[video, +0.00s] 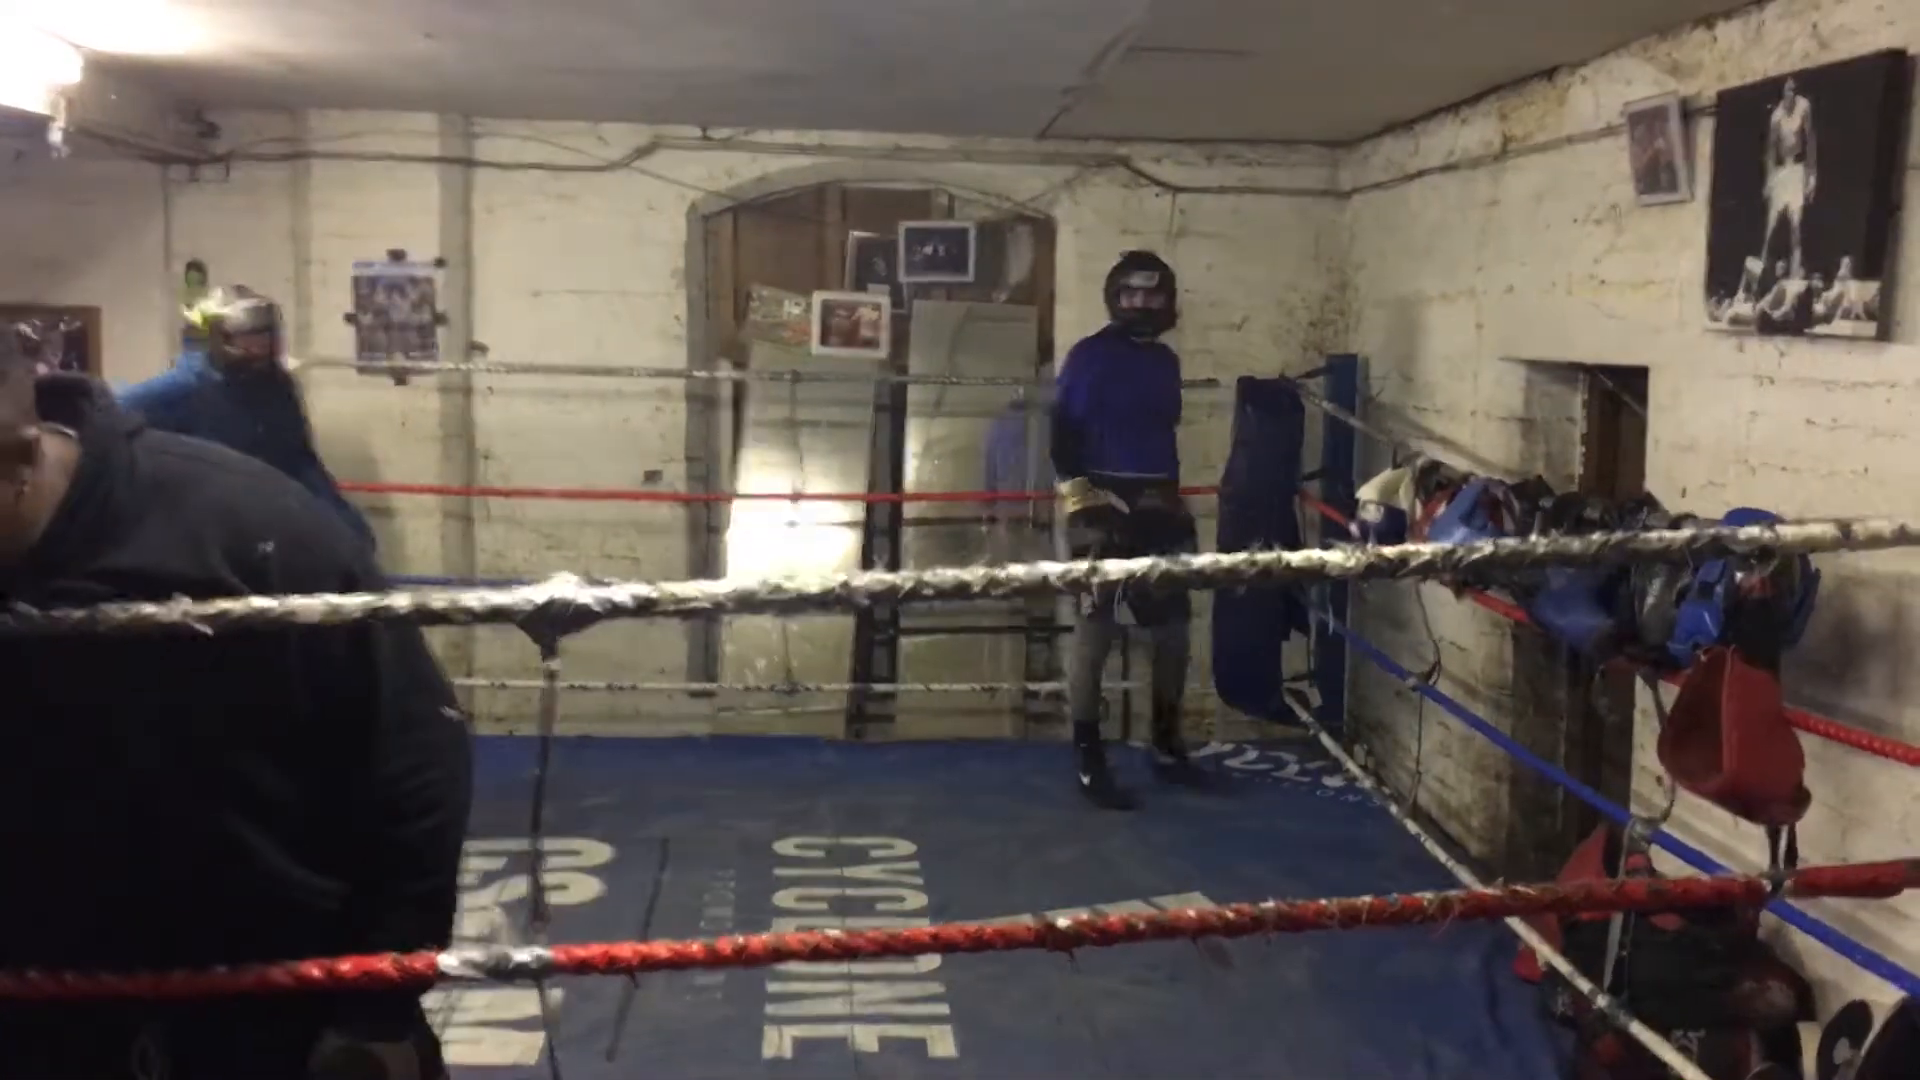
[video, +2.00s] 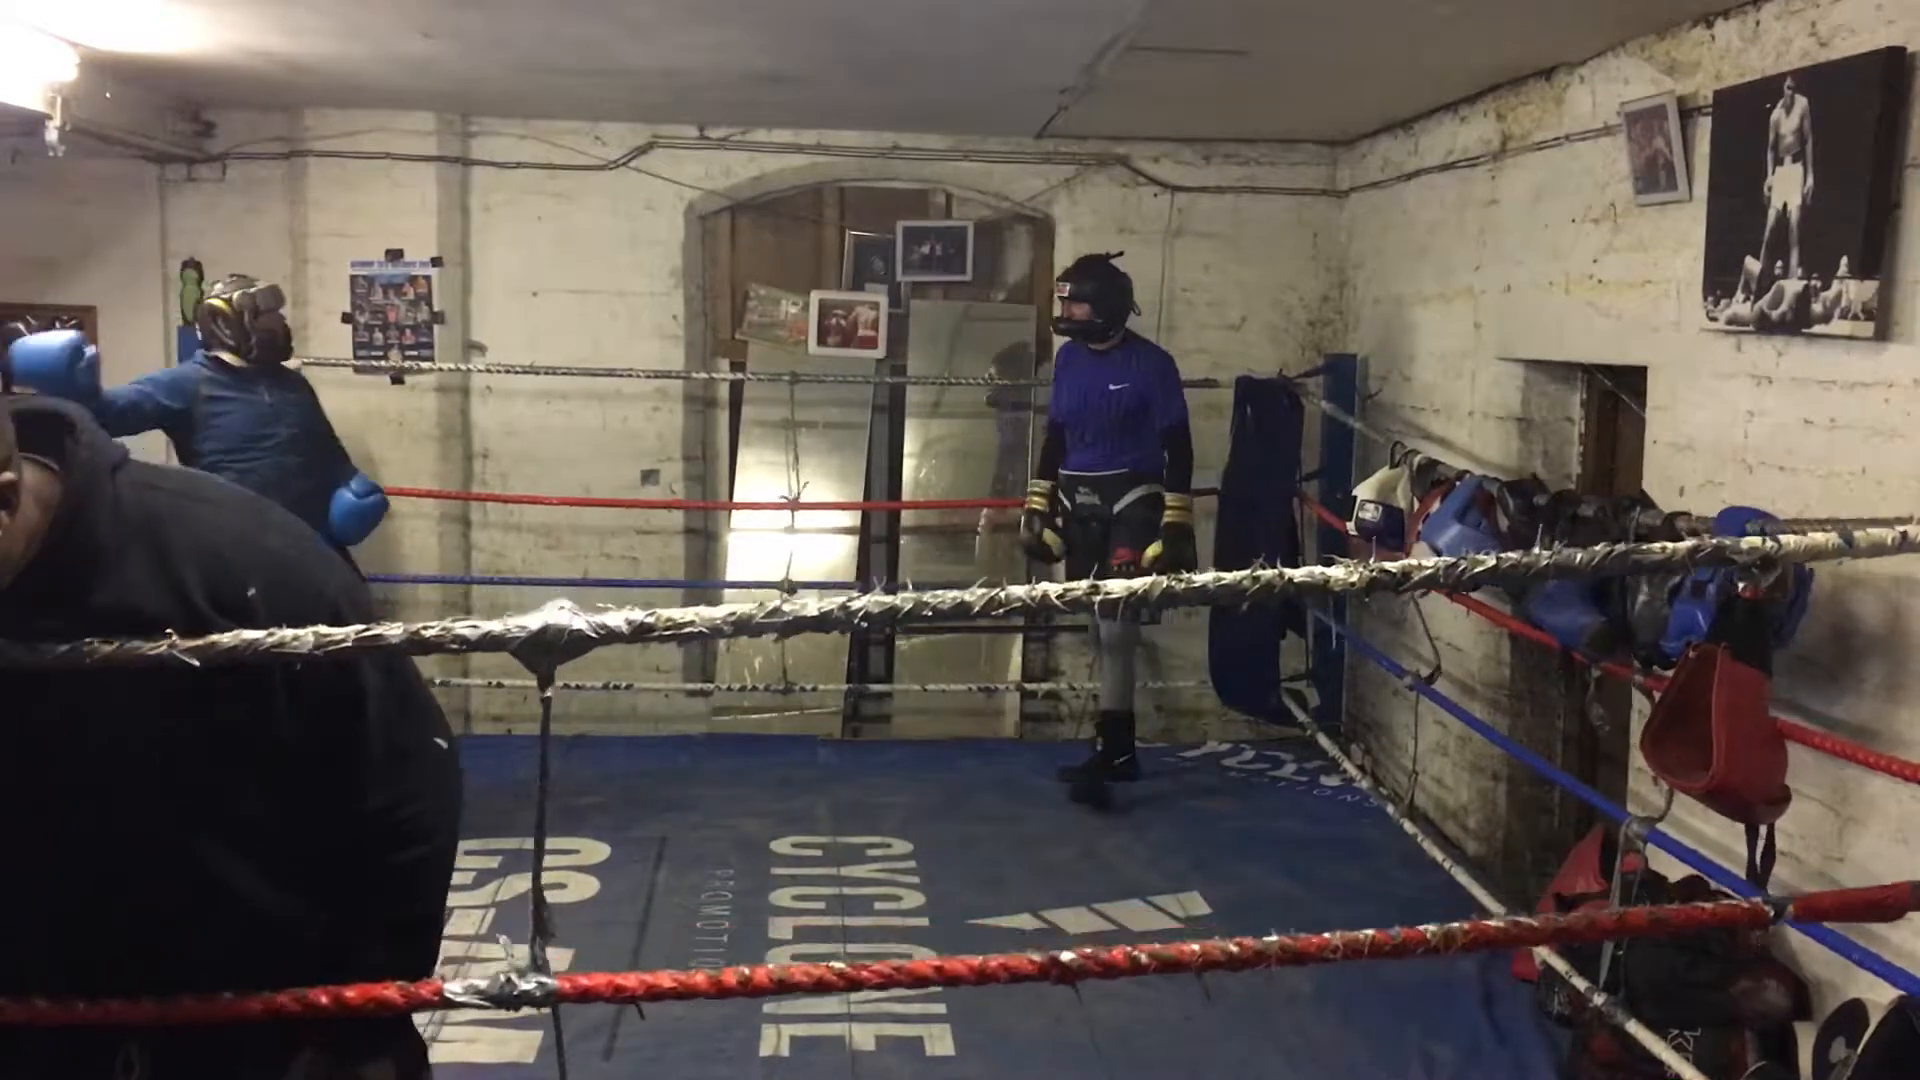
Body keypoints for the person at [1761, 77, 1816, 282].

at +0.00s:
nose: (1790, 95)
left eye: (1792, 91)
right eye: (1787, 91)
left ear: (1796, 92)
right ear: (1783, 92)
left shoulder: (1803, 108)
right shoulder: (1776, 114)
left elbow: (1810, 141)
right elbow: (1770, 146)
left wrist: (1812, 176)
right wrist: (1769, 178)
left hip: (1797, 168)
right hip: (1778, 169)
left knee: (1795, 222)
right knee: (1771, 222)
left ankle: (1795, 266)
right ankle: (1763, 264)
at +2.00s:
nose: (1789, 93)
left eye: (1792, 90)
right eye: (1787, 89)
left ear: (1796, 90)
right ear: (1782, 89)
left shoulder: (1802, 106)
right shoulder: (1775, 114)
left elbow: (1808, 139)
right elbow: (1771, 146)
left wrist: (1810, 175)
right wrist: (1769, 175)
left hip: (1797, 162)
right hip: (1779, 164)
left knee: (1794, 218)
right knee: (1772, 218)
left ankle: (1794, 267)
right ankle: (1762, 266)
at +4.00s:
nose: (1788, 92)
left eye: (1791, 89)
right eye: (1786, 88)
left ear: (1796, 90)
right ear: (1782, 89)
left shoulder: (1801, 104)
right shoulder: (1775, 115)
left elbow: (1808, 139)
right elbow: (1771, 146)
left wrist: (1810, 174)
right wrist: (1769, 176)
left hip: (1797, 163)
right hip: (1780, 164)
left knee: (1794, 221)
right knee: (1771, 222)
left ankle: (1794, 269)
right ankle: (1761, 268)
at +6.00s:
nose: (1788, 93)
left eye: (1792, 89)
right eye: (1787, 89)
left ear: (1796, 90)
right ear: (1783, 89)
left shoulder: (1802, 105)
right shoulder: (1775, 114)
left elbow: (1809, 139)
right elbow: (1771, 146)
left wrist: (1810, 175)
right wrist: (1769, 176)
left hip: (1797, 164)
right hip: (1780, 166)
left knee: (1795, 220)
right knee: (1771, 221)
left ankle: (1794, 268)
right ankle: (1762, 268)